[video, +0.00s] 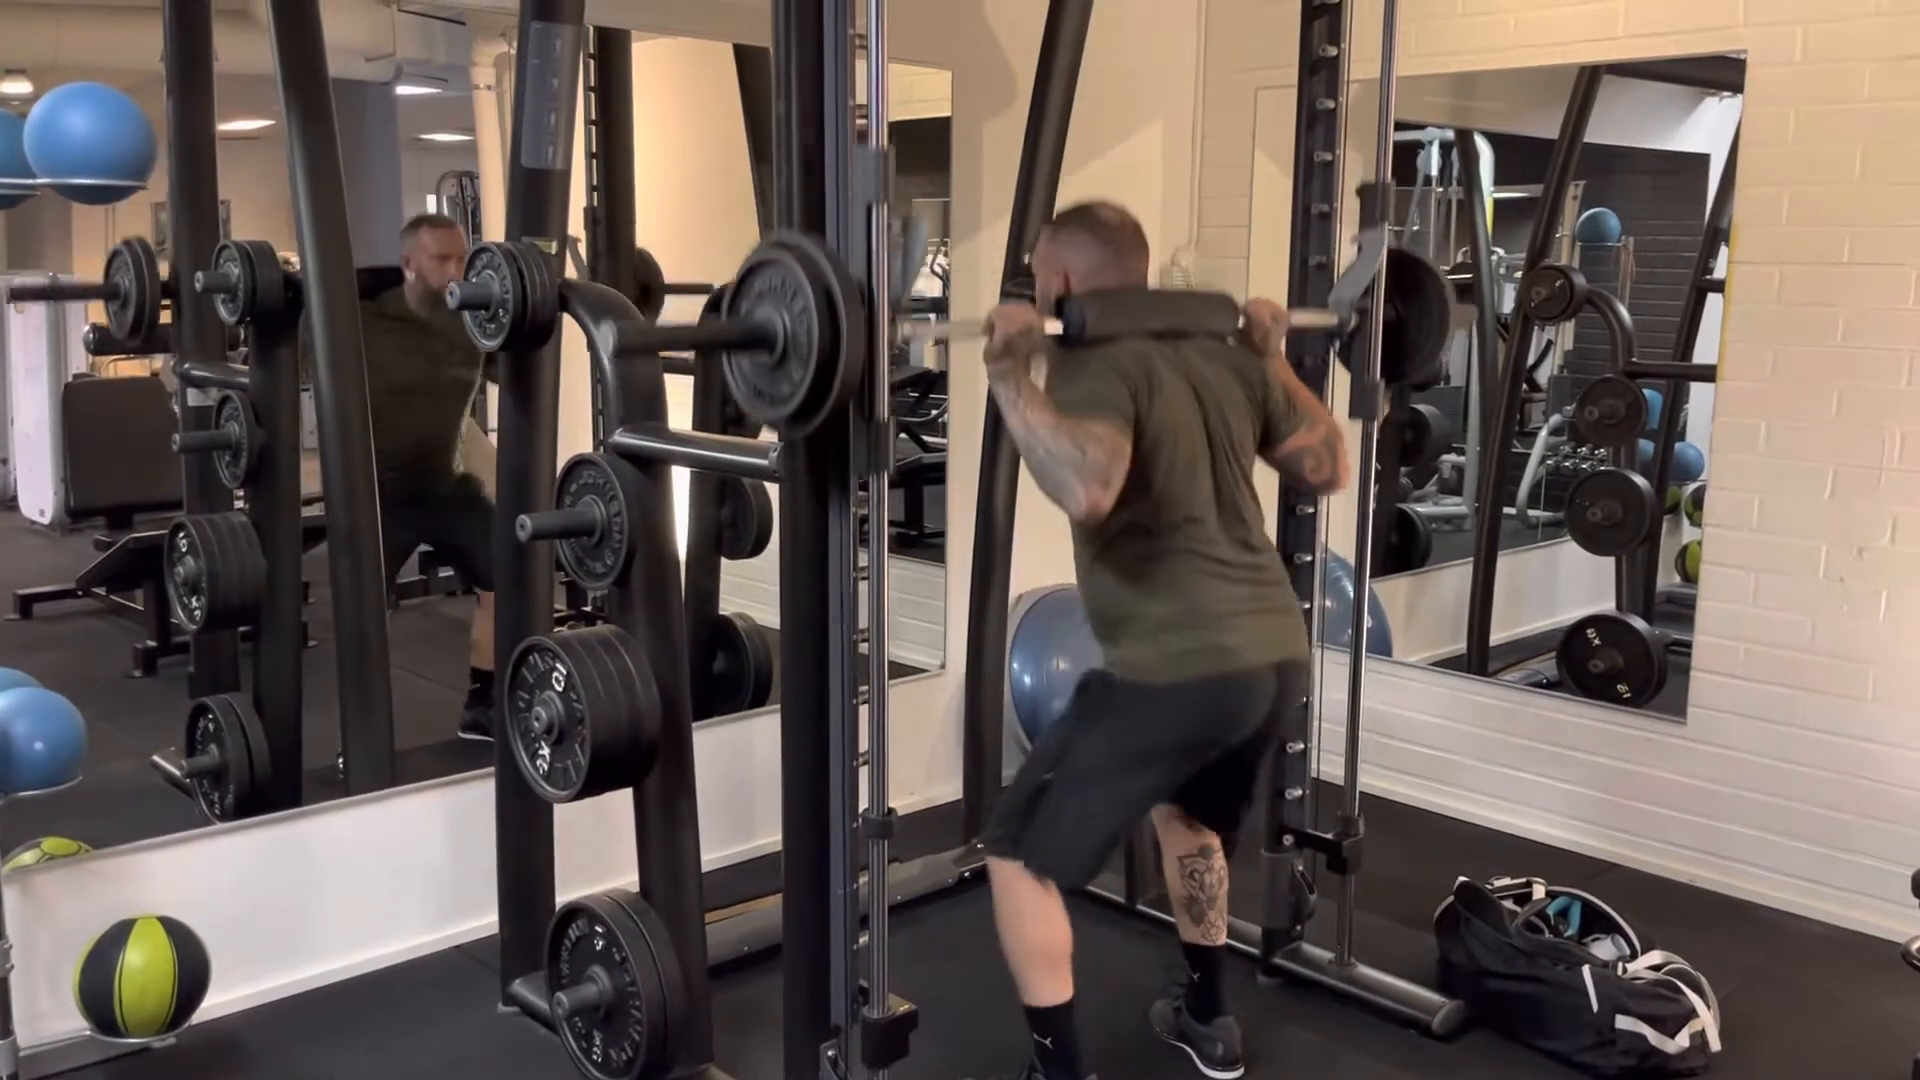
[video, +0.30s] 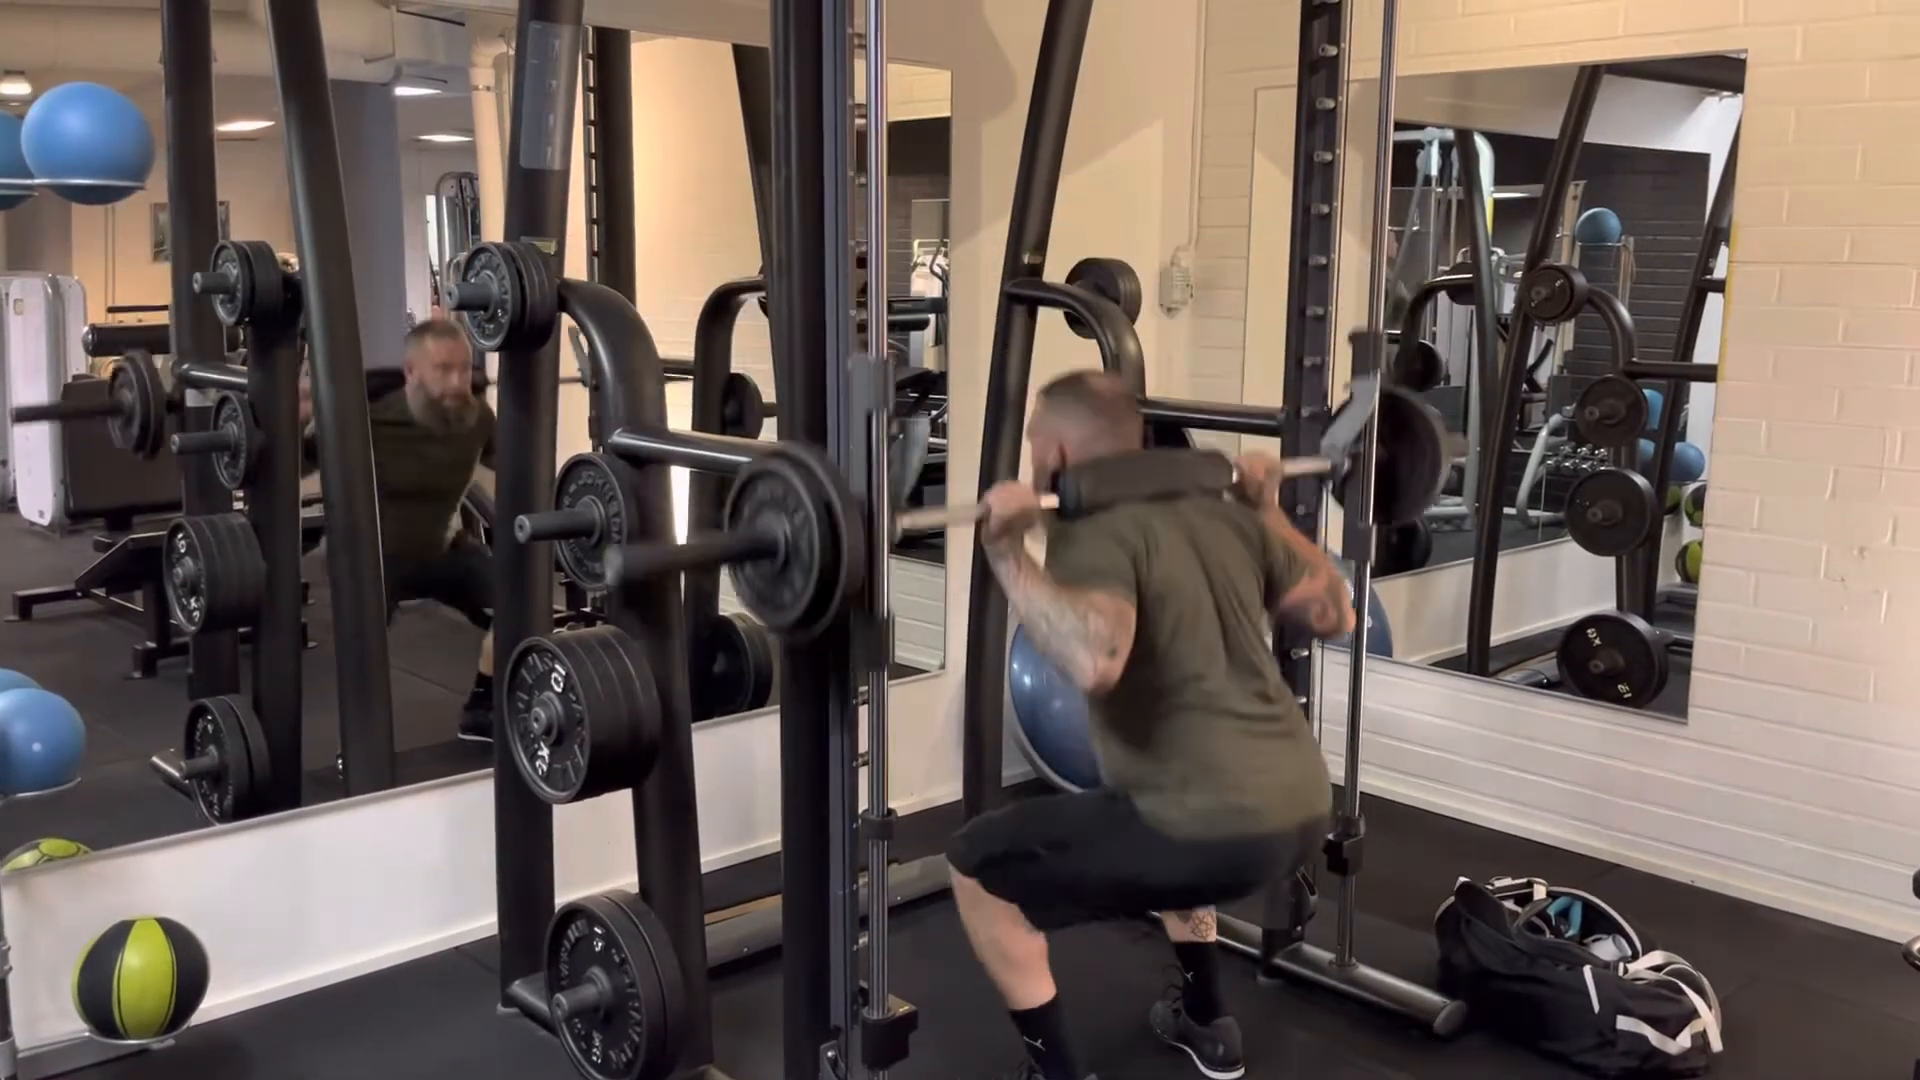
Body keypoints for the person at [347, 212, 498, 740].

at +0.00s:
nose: (456, 270)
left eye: (462, 259)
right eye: (442, 260)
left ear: (469, 261)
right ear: (410, 265)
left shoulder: (471, 326)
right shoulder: (365, 322)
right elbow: (297, 362)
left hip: (445, 488)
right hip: (377, 491)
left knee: (505, 563)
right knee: (357, 604)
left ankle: (484, 700)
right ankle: (360, 725)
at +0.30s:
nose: (458, 383)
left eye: (465, 369)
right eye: (444, 369)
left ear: (473, 369)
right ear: (410, 372)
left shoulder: (478, 420)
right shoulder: (368, 417)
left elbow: (513, 465)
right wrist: (292, 424)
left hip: (439, 555)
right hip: (370, 559)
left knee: (515, 589)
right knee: (362, 637)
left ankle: (483, 707)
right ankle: (359, 742)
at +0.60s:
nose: (458, 454)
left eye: (465, 440)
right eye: (444, 441)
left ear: (474, 438)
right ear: (411, 441)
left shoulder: (479, 486)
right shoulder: (365, 496)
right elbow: (289, 546)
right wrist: (293, 499)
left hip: (443, 604)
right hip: (378, 611)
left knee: (516, 595)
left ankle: (482, 707)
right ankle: (358, 741)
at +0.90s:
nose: (456, 444)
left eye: (464, 430)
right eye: (442, 432)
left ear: (472, 428)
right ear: (410, 433)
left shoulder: (477, 480)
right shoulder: (365, 488)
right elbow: (286, 544)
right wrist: (291, 489)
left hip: (436, 601)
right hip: (370, 607)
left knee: (513, 593)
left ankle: (481, 708)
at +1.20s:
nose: (452, 366)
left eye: (458, 352)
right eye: (437, 352)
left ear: (467, 354)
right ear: (405, 356)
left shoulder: (471, 409)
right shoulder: (362, 412)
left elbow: (515, 453)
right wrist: (286, 410)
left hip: (433, 544)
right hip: (367, 548)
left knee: (507, 594)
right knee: (357, 633)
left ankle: (478, 712)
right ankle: (354, 744)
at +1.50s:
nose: (448, 262)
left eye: (453, 250)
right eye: (435, 251)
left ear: (460, 252)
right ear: (402, 256)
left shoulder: (465, 318)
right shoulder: (363, 319)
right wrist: (274, 298)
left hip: (442, 490)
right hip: (374, 494)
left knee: (494, 584)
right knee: (361, 621)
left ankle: (478, 714)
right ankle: (354, 734)